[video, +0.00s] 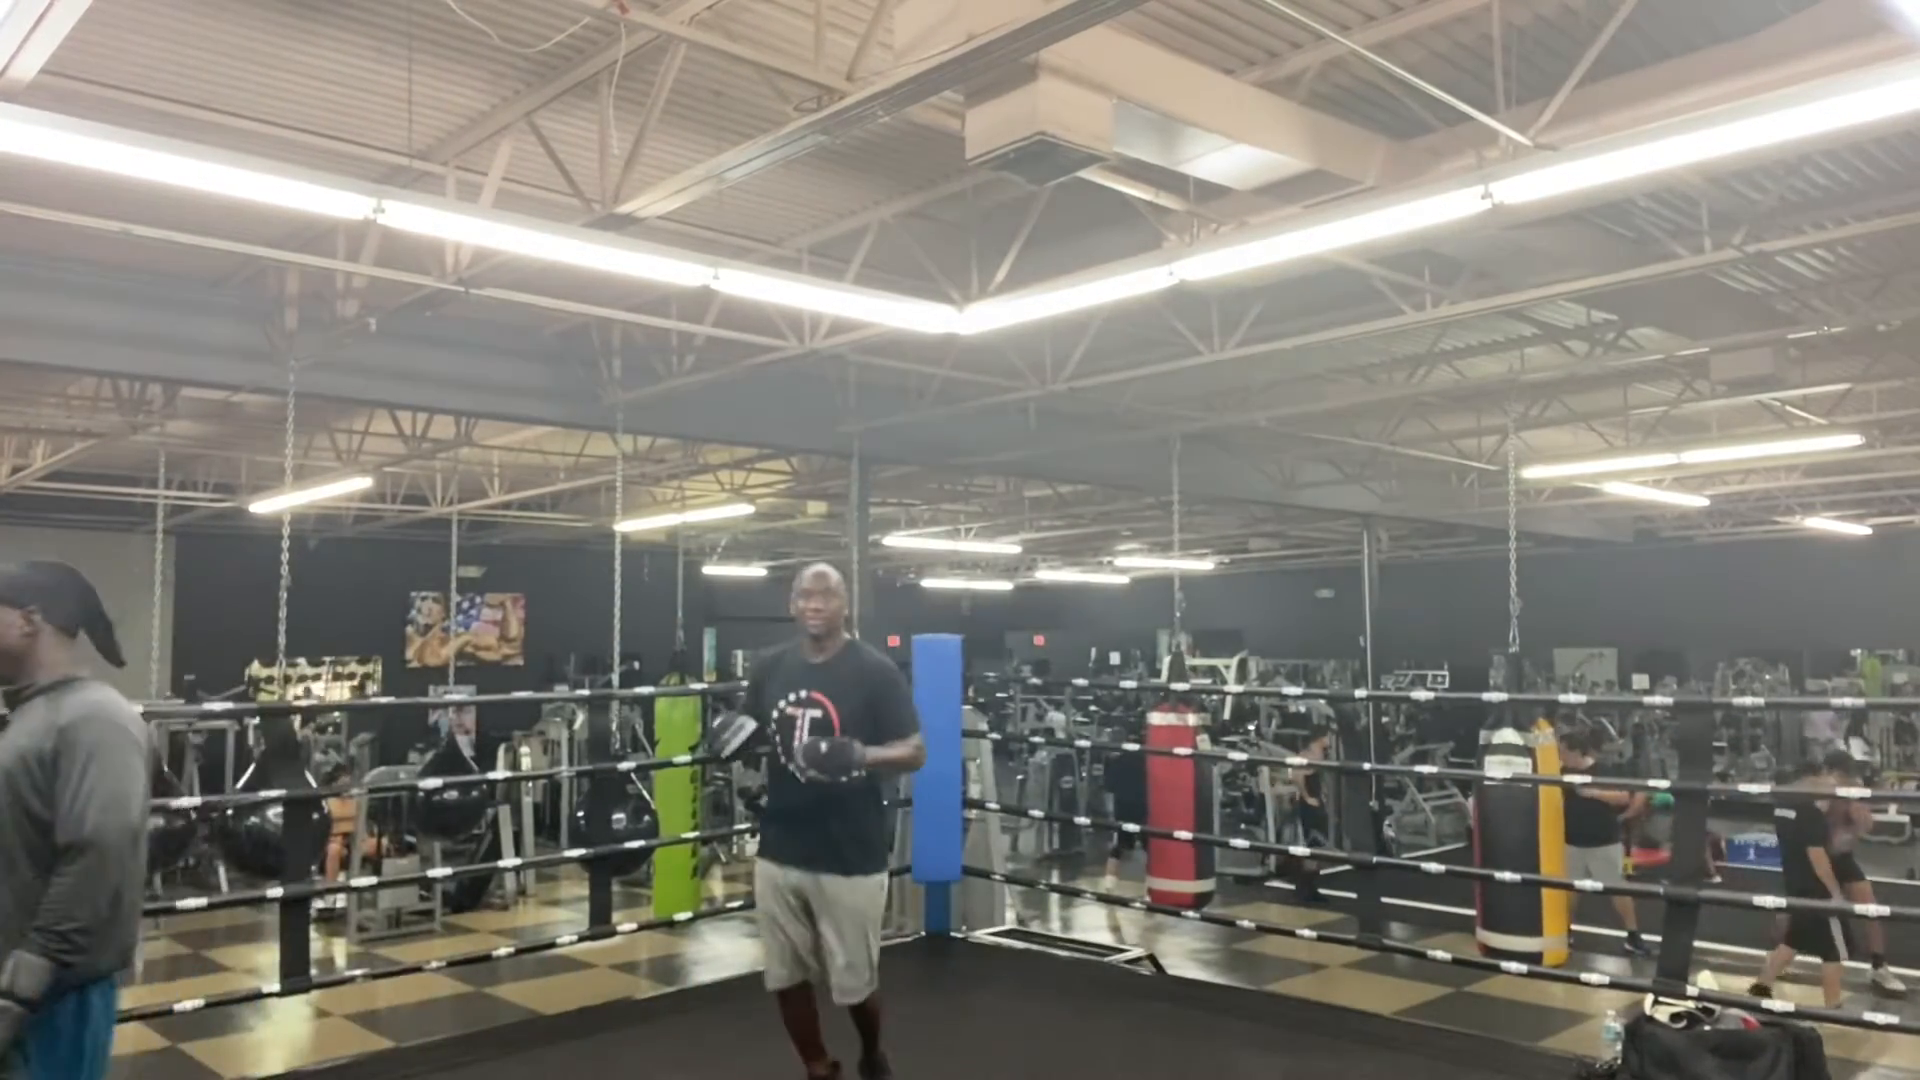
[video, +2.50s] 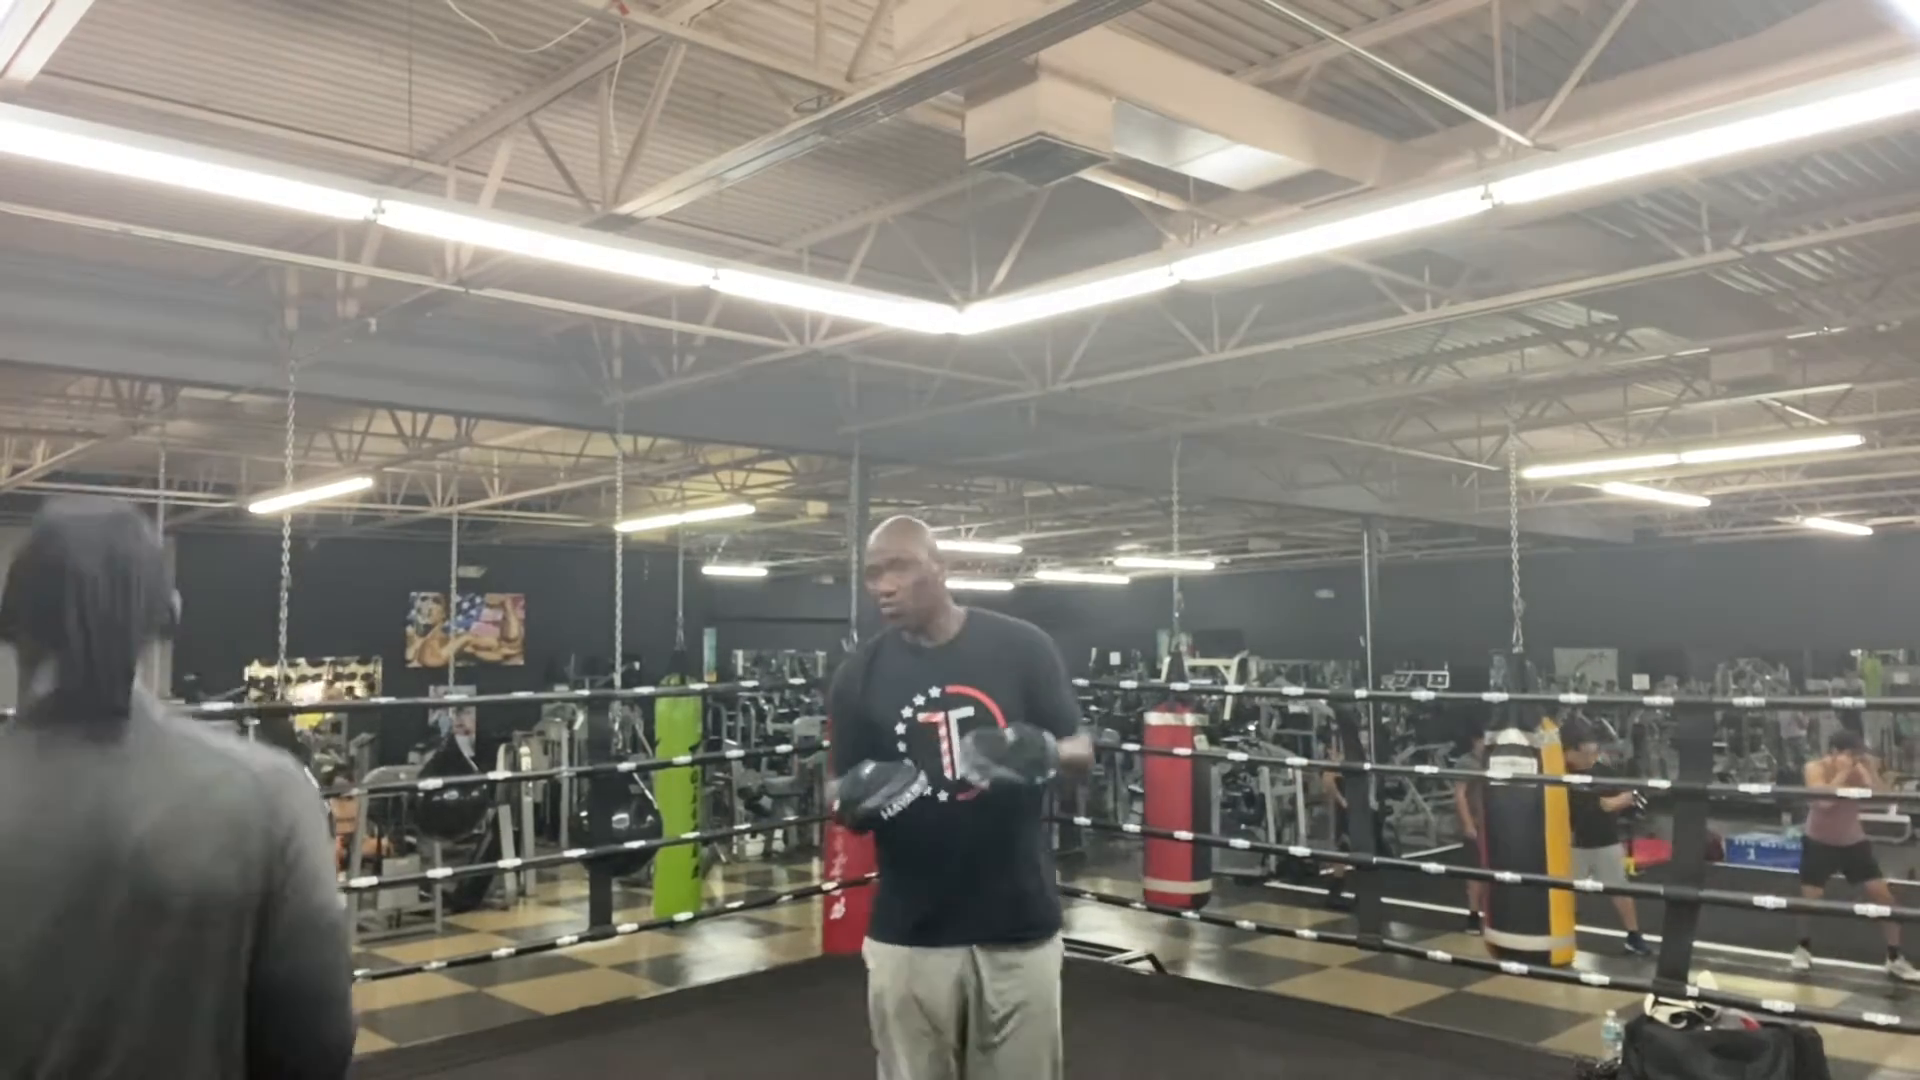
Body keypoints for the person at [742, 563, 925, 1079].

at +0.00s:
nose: (814, 605)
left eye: (825, 596)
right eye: (806, 597)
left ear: (845, 606)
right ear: (792, 606)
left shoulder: (876, 671)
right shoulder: (770, 669)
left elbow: (913, 750)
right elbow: (749, 736)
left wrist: (858, 754)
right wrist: (735, 737)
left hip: (851, 856)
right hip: (781, 849)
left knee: (854, 982)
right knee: (786, 978)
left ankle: (873, 1058)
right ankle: (818, 1068)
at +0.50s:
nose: (885, 607)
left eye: (894, 596)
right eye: (873, 595)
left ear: (905, 603)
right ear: (850, 601)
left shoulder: (924, 674)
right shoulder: (809, 667)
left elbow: (932, 752)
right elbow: (767, 747)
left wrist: (942, 770)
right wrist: (823, 756)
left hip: (901, 851)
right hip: (823, 857)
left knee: (923, 981)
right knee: (817, 982)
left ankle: (929, 1076)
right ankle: (820, 1064)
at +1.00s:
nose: (936, 586)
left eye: (941, 575)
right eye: (922, 575)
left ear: (950, 582)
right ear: (893, 582)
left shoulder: (979, 656)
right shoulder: (849, 652)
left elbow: (1011, 747)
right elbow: (809, 737)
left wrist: (986, 740)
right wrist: (851, 741)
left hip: (944, 864)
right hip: (859, 862)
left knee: (943, 1006)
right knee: (862, 1007)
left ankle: (939, 1079)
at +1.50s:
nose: (941, 590)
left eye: (946, 578)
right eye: (926, 580)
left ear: (955, 581)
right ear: (892, 585)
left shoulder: (986, 658)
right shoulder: (844, 660)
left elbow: (1009, 747)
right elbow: (808, 762)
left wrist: (1003, 760)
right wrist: (868, 736)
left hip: (962, 880)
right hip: (870, 882)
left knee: (970, 1044)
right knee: (874, 1040)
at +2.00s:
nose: (938, 586)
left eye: (954, 572)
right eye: (932, 573)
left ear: (993, 574)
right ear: (924, 577)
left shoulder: (1045, 660)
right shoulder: (897, 650)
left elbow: (1073, 773)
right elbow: (863, 746)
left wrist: (1012, 751)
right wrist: (879, 754)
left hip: (999, 912)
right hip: (898, 903)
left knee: (1007, 1070)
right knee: (879, 1067)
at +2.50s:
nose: (881, 586)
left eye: (896, 568)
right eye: (873, 572)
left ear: (938, 569)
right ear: (866, 579)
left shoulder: (1025, 648)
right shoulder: (859, 675)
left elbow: (1082, 752)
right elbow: (839, 790)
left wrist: (1046, 753)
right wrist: (854, 799)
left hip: (1018, 928)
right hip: (908, 935)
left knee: (1023, 1072)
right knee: (912, 1073)